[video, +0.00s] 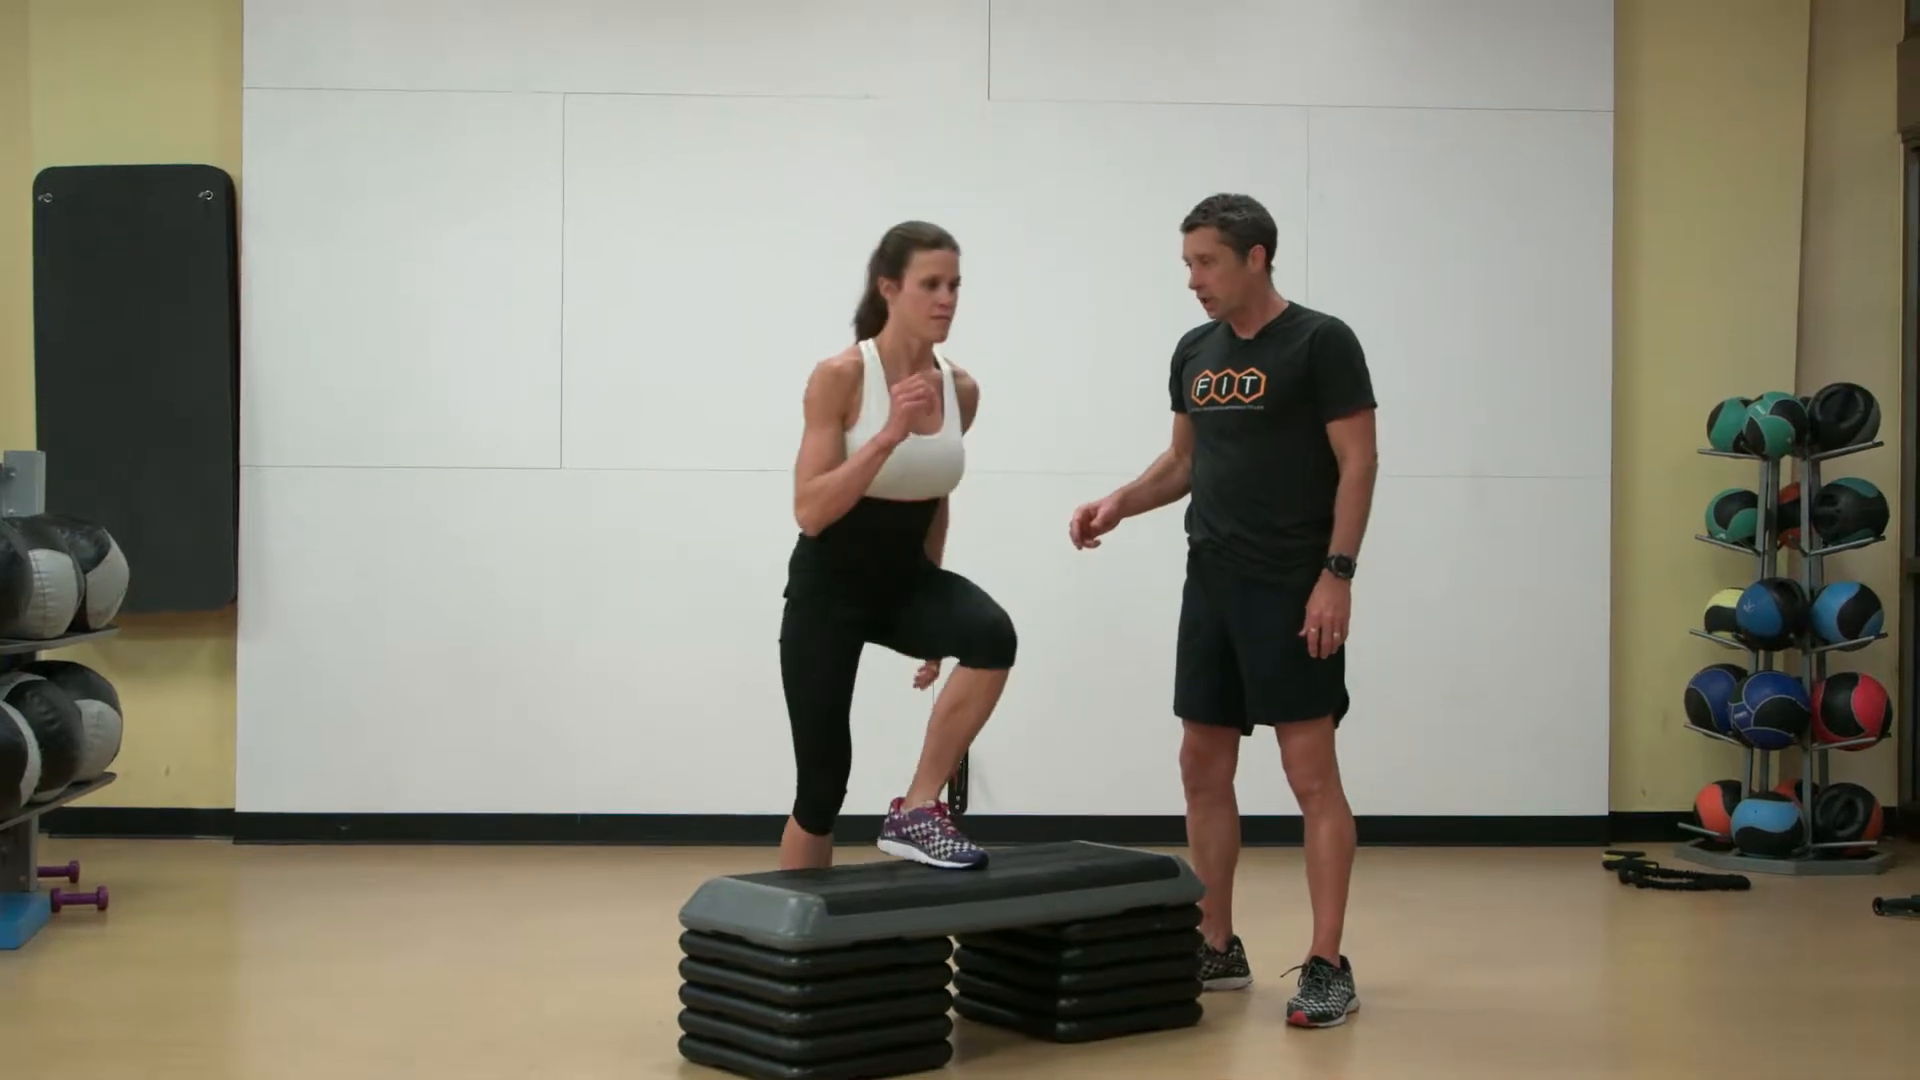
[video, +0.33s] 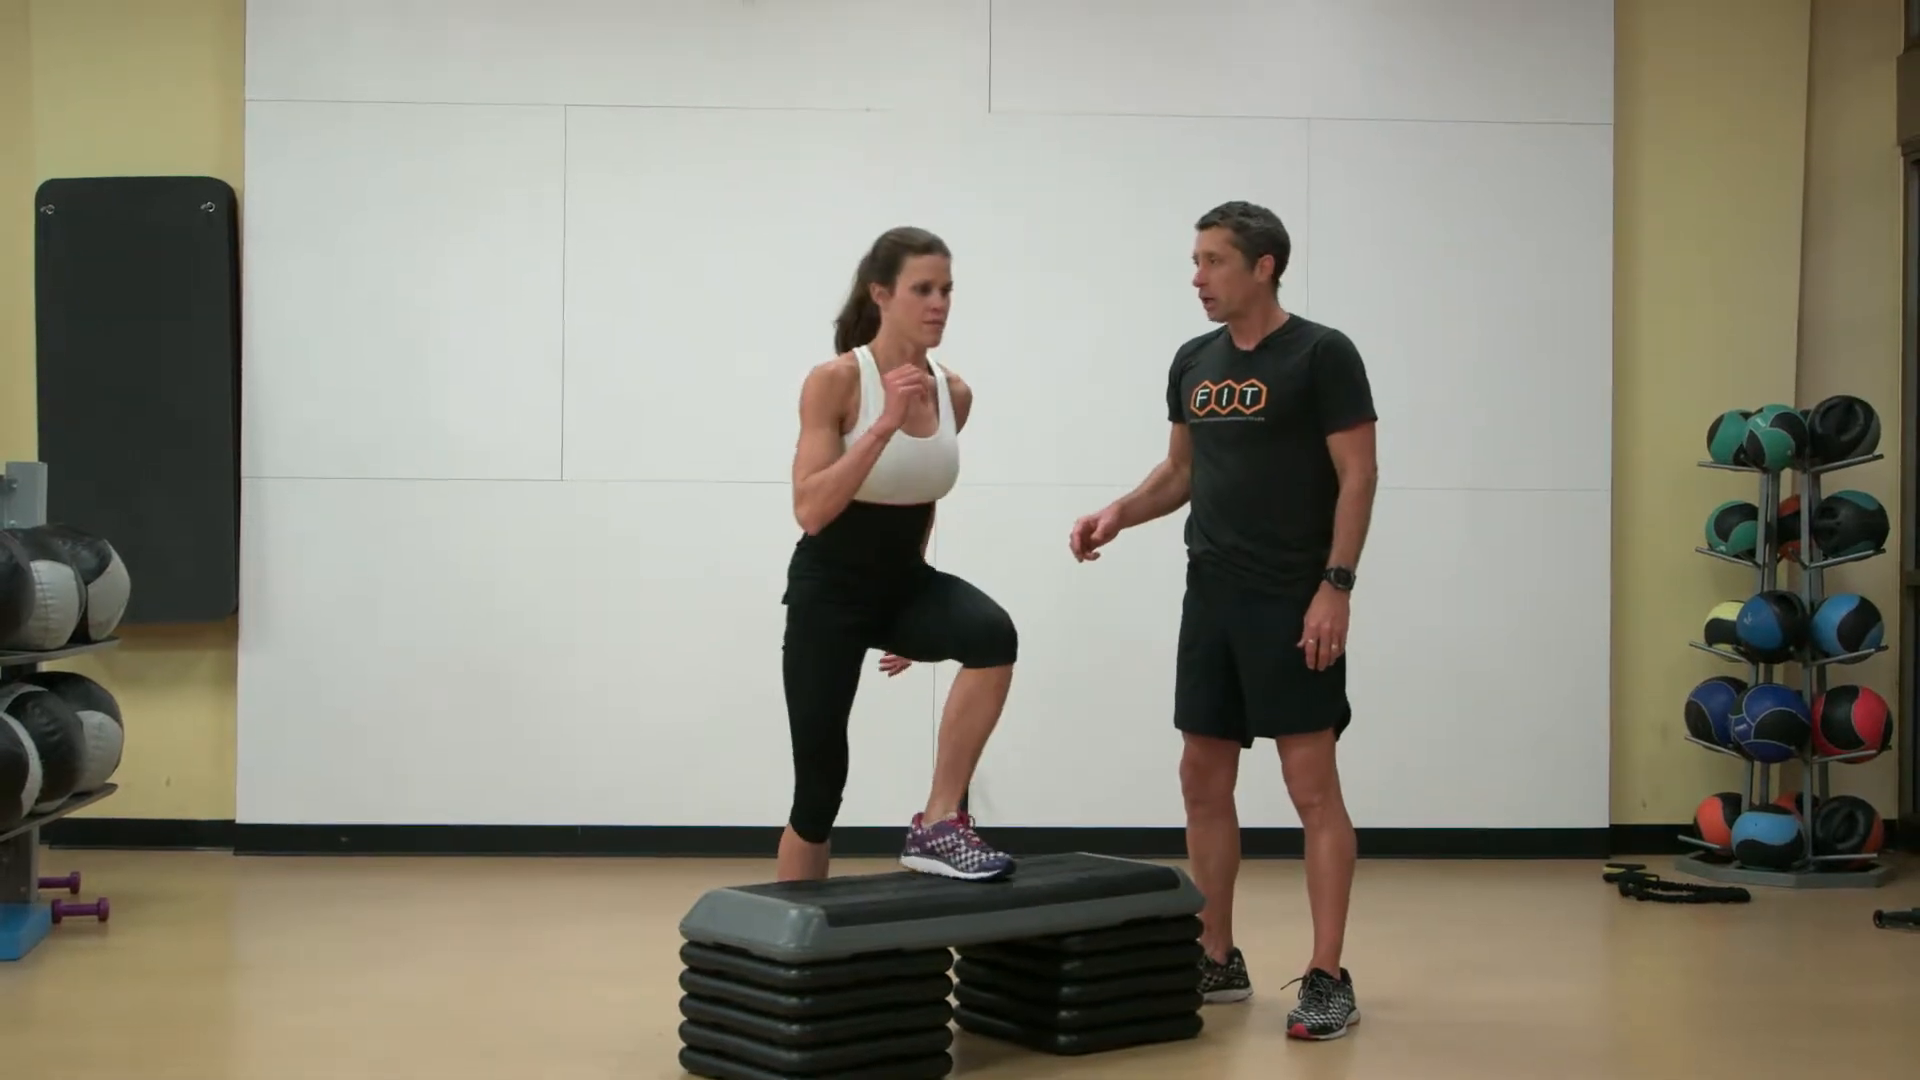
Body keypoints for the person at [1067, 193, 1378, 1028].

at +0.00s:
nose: (1192, 279)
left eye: (1205, 264)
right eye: (1187, 265)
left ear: (1256, 258)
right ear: (1198, 265)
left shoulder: (1323, 343)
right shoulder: (1193, 354)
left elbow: (1358, 463)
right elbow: (1181, 464)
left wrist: (1337, 573)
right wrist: (1119, 502)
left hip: (1294, 588)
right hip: (1211, 586)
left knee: (1312, 775)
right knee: (1202, 766)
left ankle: (1326, 961)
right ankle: (1215, 945)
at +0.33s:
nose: (1199, 276)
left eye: (1213, 263)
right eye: (1196, 262)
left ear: (1265, 268)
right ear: (1206, 270)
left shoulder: (1324, 355)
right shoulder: (1192, 363)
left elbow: (1358, 478)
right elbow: (1180, 472)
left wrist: (1336, 585)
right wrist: (1119, 513)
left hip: (1295, 600)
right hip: (1211, 597)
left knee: (1312, 785)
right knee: (1202, 776)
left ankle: (1326, 973)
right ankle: (1215, 957)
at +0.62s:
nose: (1209, 306)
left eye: (1221, 290)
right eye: (1201, 292)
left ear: (1270, 282)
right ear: (1199, 290)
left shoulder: (1329, 368)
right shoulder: (1194, 372)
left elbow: (1362, 491)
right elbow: (1179, 481)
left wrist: (1342, 596)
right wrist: (1122, 522)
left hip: (1296, 611)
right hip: (1212, 608)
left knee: (1313, 795)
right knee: (1201, 785)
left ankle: (1326, 982)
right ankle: (1216, 966)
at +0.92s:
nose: (1216, 310)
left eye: (1229, 295)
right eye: (1207, 297)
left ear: (1274, 288)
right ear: (1202, 296)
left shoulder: (1333, 377)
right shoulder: (1194, 381)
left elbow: (1367, 500)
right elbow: (1179, 487)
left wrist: (1353, 606)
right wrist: (1129, 530)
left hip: (1300, 618)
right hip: (1213, 616)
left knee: (1315, 804)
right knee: (1204, 795)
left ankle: (1329, 990)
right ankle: (1218, 974)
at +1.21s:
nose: (1222, 314)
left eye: (1235, 299)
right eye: (1213, 300)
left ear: (1281, 293)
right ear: (1209, 300)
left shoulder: (1339, 384)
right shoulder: (1199, 386)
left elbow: (1372, 506)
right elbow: (1181, 490)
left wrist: (1359, 613)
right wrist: (1137, 524)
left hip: (1303, 623)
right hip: (1216, 619)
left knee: (1319, 811)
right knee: (1208, 801)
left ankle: (1331, 996)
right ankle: (1221, 980)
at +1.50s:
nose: (1218, 335)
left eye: (1230, 319)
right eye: (1209, 321)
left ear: (1277, 305)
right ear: (1205, 316)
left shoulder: (1342, 388)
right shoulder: (1204, 389)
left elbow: (1377, 508)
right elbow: (1185, 491)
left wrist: (1359, 616)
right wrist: (1152, 548)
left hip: (1308, 629)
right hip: (1221, 625)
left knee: (1323, 814)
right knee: (1210, 802)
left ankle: (1336, 1000)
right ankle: (1224, 983)